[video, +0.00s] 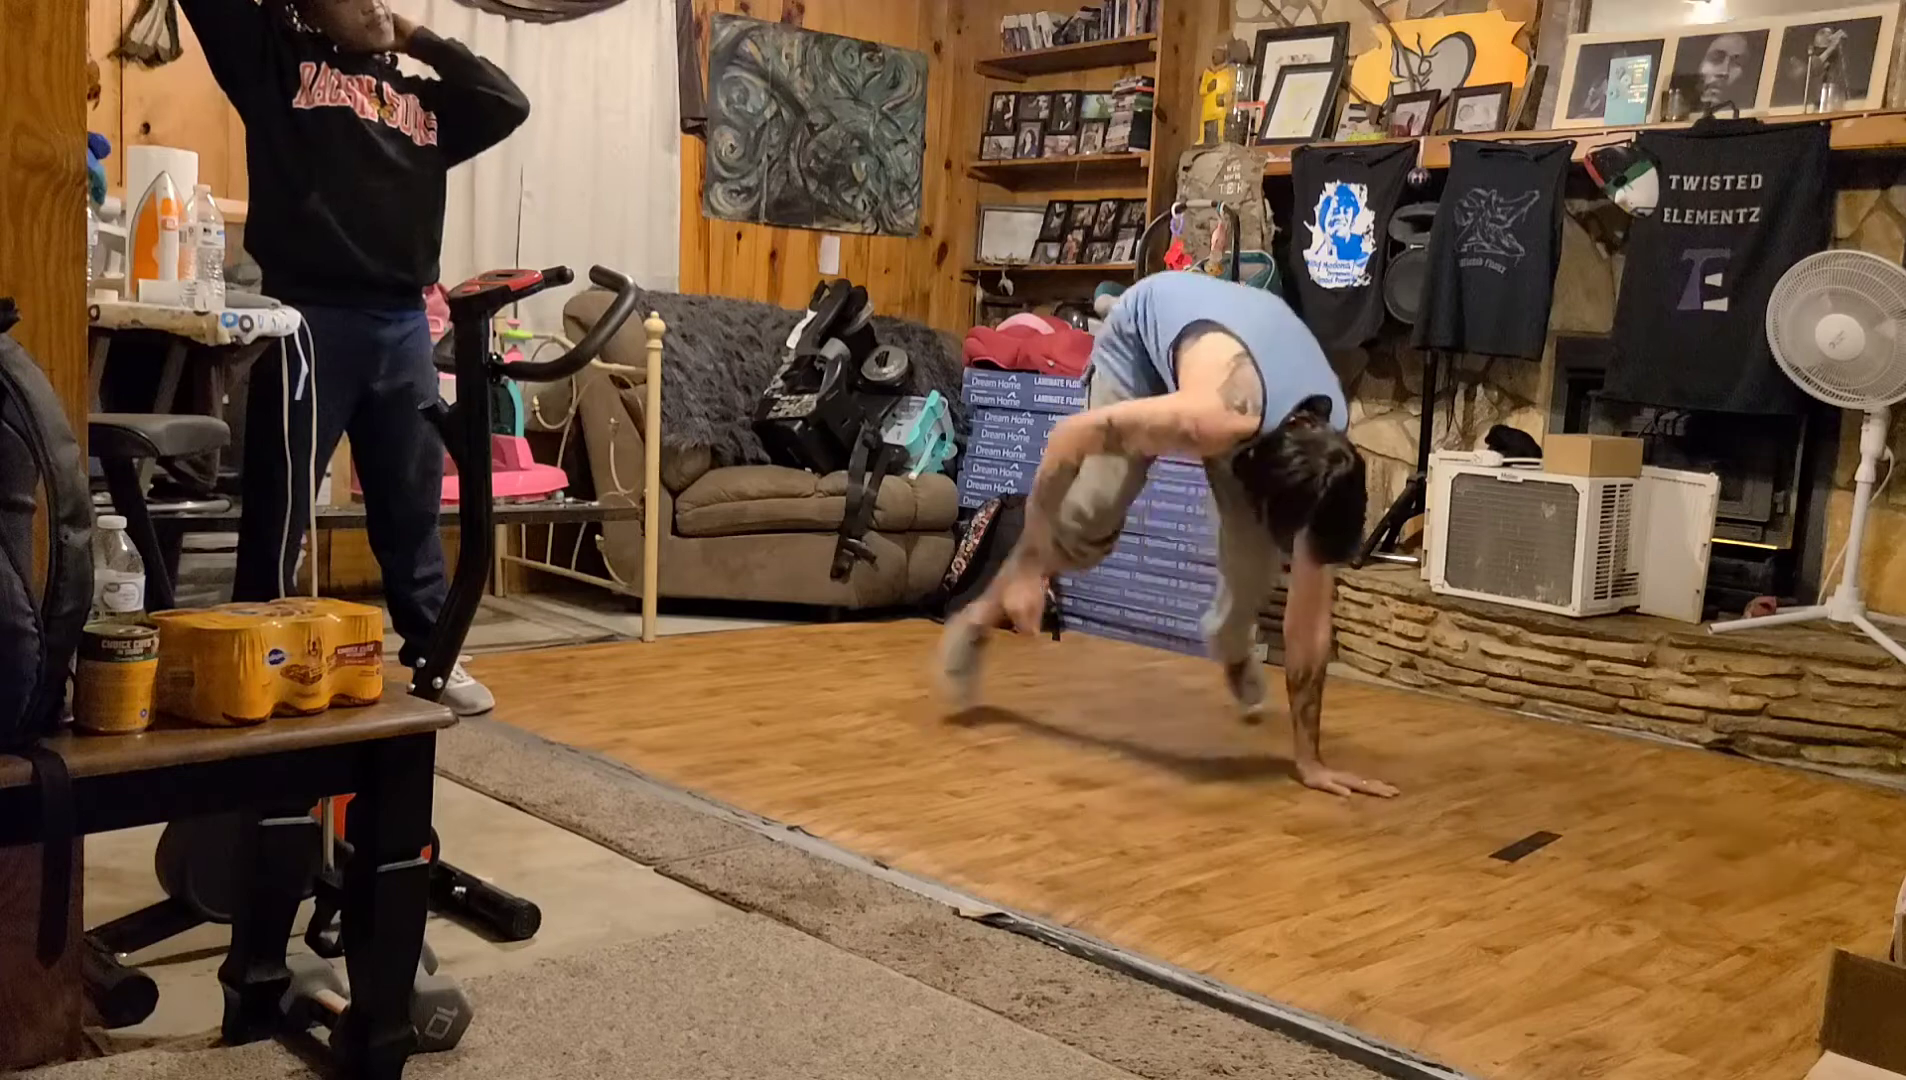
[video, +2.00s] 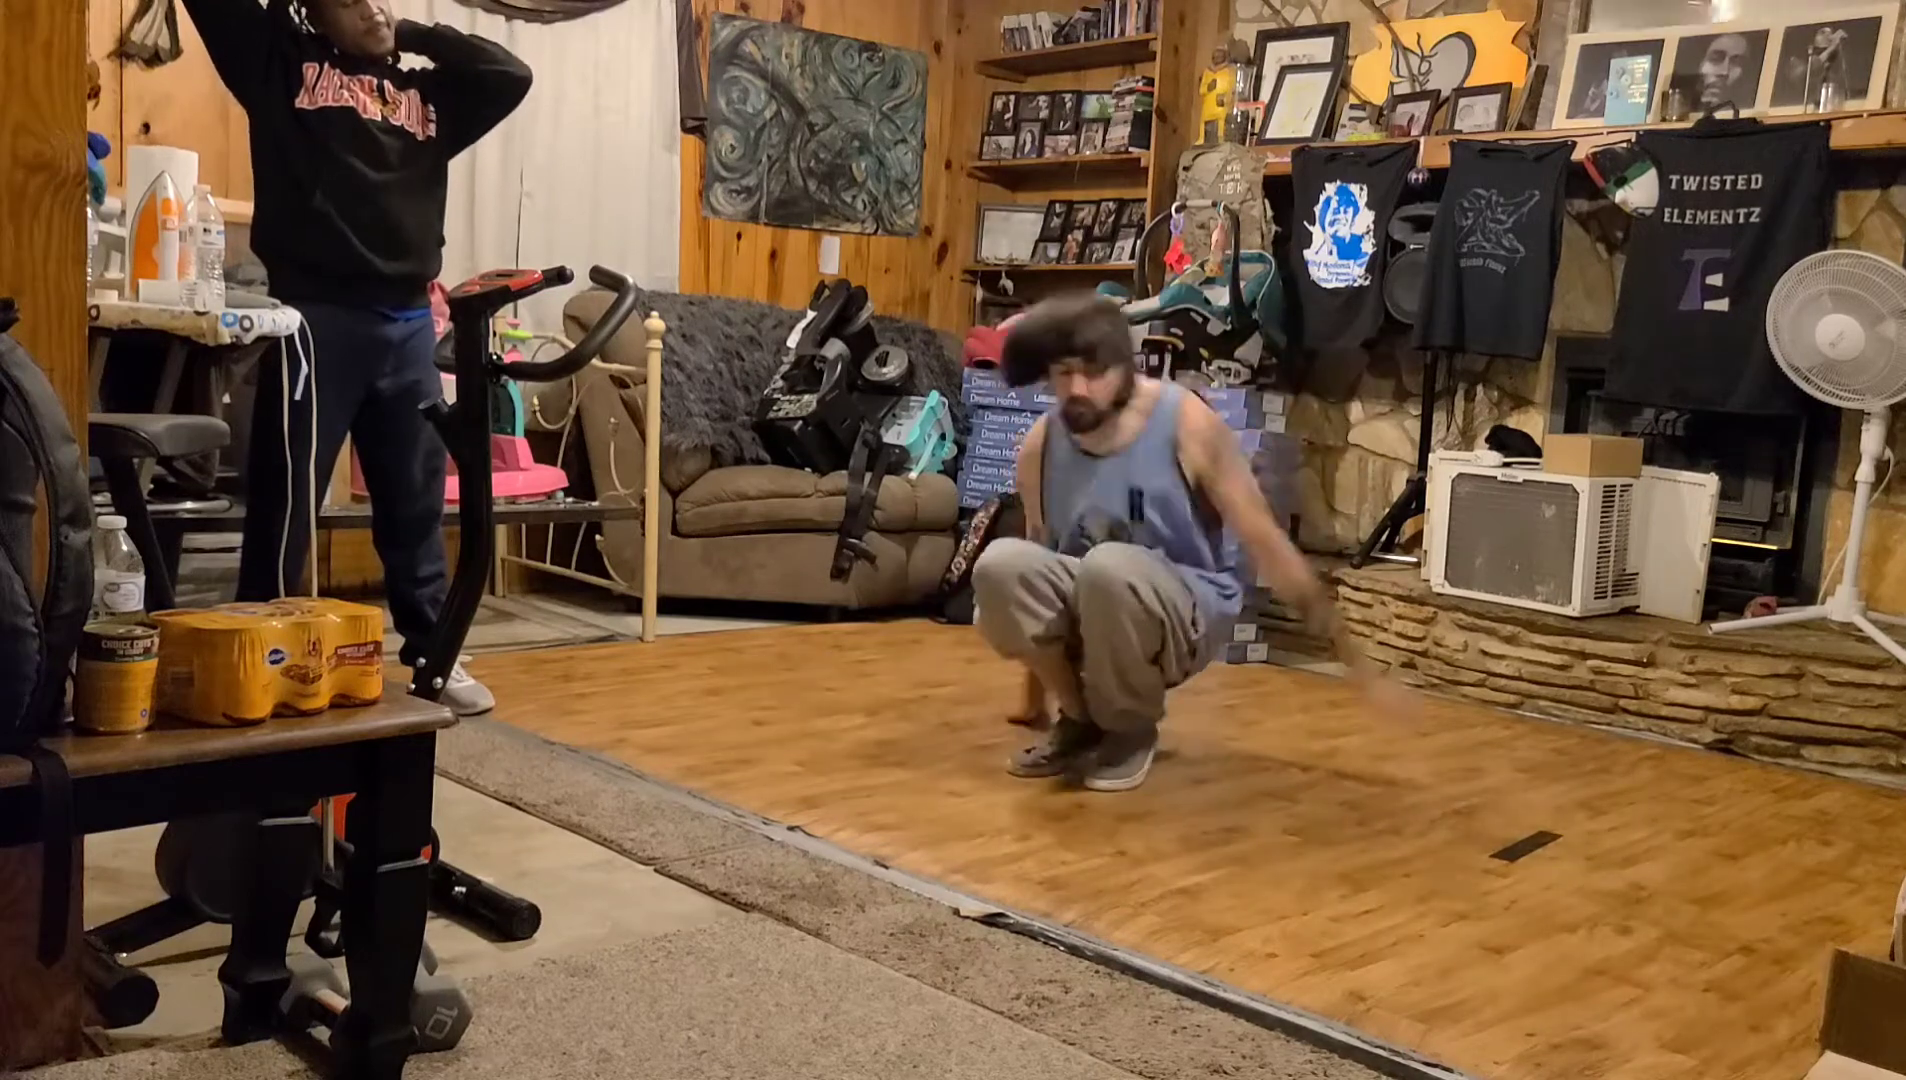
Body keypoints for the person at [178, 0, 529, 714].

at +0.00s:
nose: (378, 8)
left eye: (378, 0)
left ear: (383, 16)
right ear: (313, 10)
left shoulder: (421, 103)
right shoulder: (273, 57)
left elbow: (507, 105)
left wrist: (419, 38)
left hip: (401, 325)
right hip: (306, 320)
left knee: (412, 503)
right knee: (280, 504)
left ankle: (432, 657)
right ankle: (255, 663)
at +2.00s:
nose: (378, 10)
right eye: (355, 2)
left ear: (382, 13)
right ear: (315, 15)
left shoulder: (426, 96)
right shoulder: (278, 61)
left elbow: (510, 78)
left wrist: (416, 36)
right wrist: (282, 10)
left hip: (406, 326)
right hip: (314, 322)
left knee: (416, 505)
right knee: (286, 504)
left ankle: (432, 659)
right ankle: (259, 665)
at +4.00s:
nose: (365, 4)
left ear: (381, 10)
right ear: (305, 8)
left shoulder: (415, 88)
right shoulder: (271, 57)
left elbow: (492, 139)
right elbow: (199, 1)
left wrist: (407, 53)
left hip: (404, 322)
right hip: (308, 318)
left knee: (417, 501)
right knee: (280, 501)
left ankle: (431, 657)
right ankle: (255, 660)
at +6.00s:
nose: (378, 3)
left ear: (385, 8)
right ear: (310, 10)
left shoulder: (419, 86)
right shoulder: (272, 56)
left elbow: (472, 181)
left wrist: (430, 79)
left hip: (403, 324)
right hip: (306, 319)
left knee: (415, 502)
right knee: (280, 502)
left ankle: (433, 657)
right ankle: (256, 661)